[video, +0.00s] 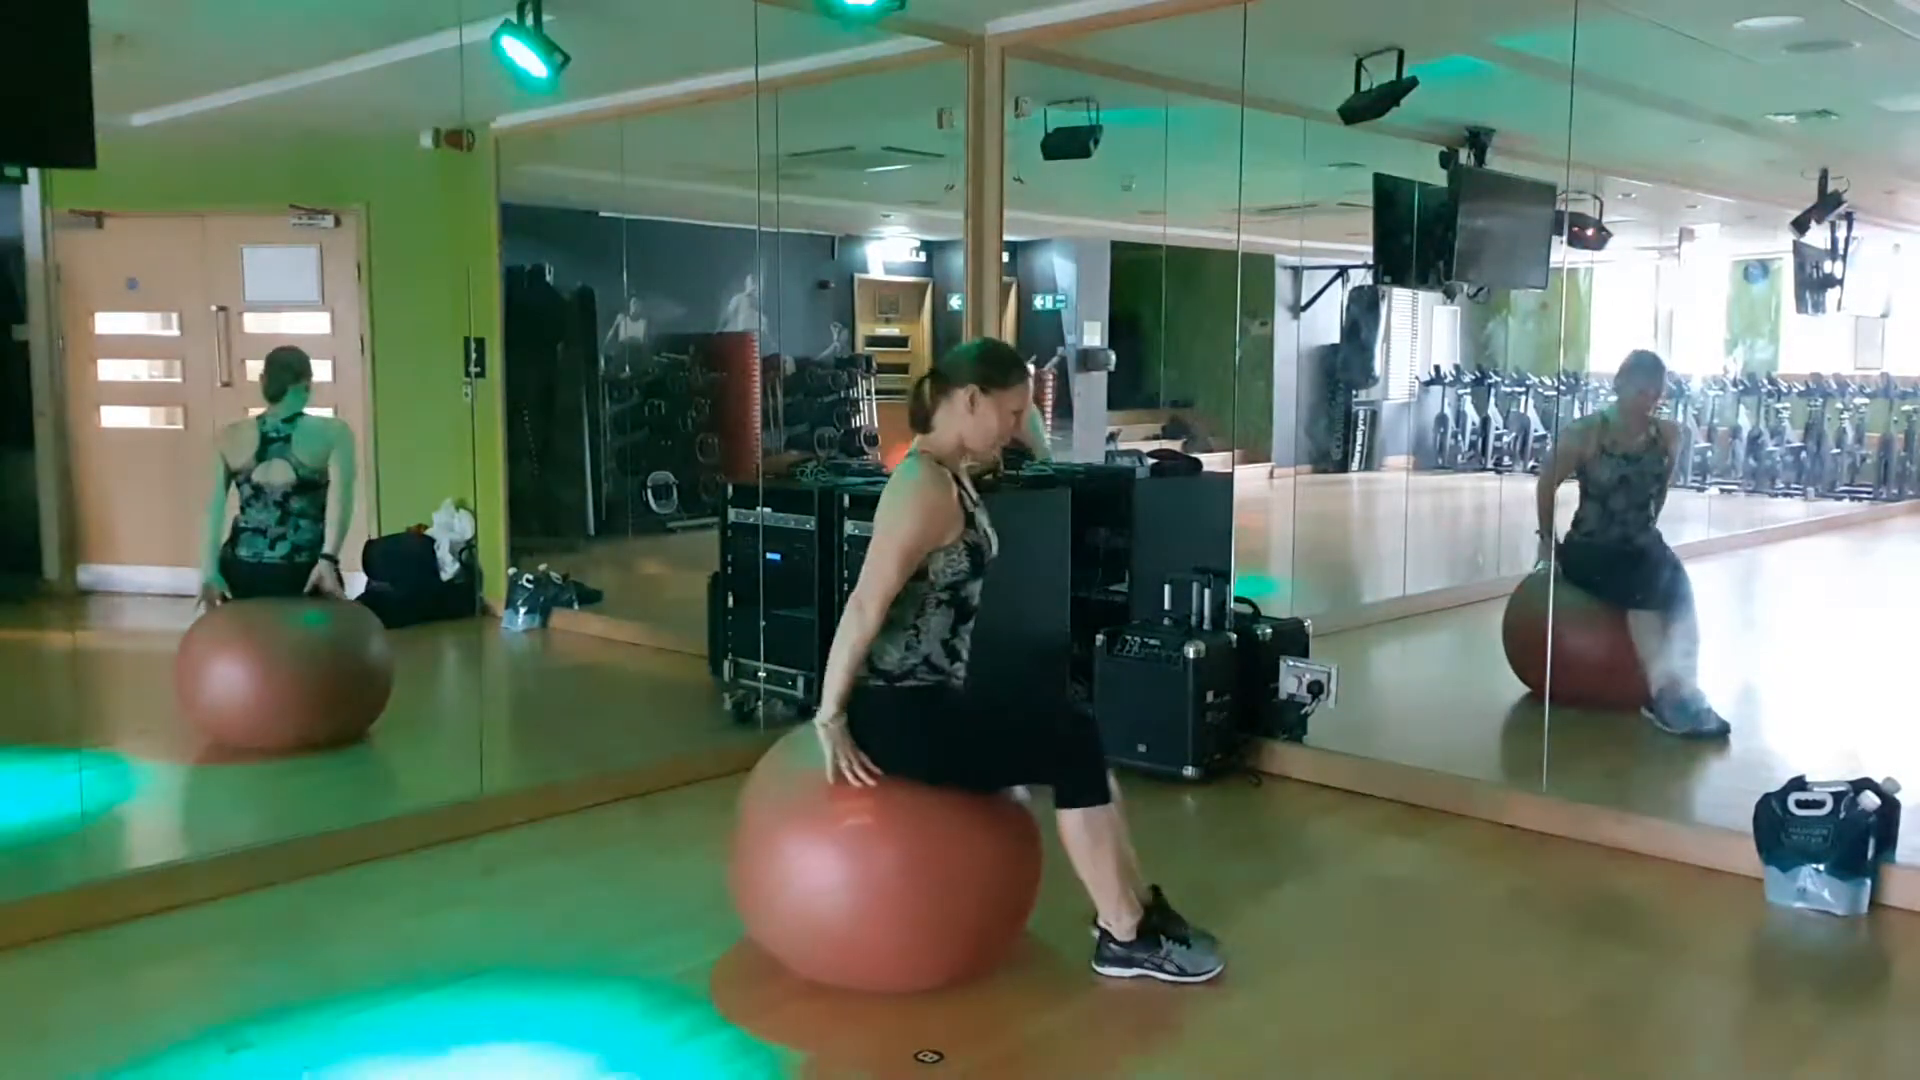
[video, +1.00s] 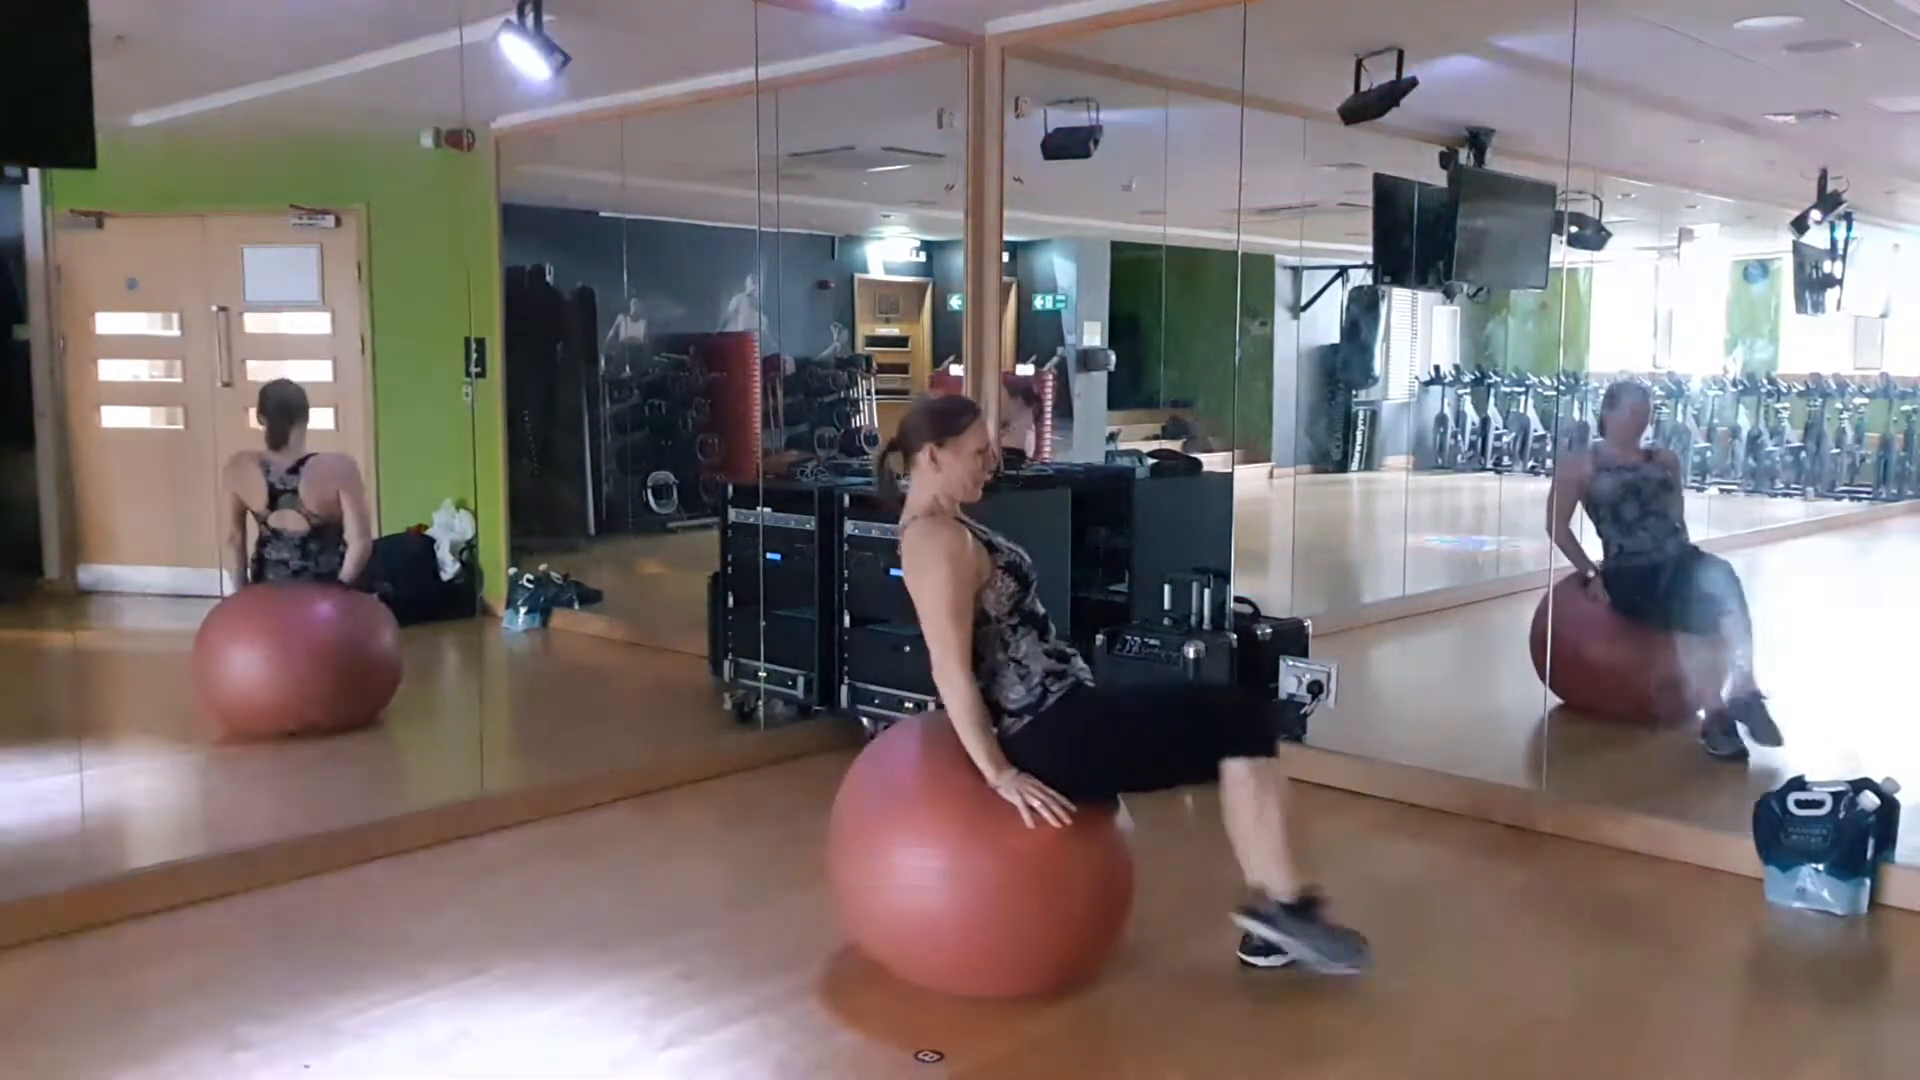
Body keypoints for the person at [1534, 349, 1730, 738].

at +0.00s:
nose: (1651, 401)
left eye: (1657, 393)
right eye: (1643, 391)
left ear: (1663, 394)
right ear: (1621, 387)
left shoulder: (1668, 435)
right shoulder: (1584, 435)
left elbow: (1659, 492)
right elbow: (1546, 483)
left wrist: (1643, 530)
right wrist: (1547, 542)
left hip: (1642, 544)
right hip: (1589, 545)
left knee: (1677, 584)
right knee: (1645, 582)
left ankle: (1686, 693)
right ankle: (1664, 693)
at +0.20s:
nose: (1646, 394)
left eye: (1653, 386)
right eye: (1638, 384)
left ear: (1660, 391)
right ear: (1618, 382)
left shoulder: (1668, 435)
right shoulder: (1587, 431)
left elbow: (1663, 493)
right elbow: (1544, 483)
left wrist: (1658, 536)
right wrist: (1556, 544)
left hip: (1652, 546)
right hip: (1599, 548)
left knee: (1687, 585)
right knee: (1653, 589)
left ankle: (1691, 691)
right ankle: (1674, 691)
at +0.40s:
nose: (1646, 396)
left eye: (1651, 388)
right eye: (1638, 387)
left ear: (1655, 391)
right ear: (1613, 387)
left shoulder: (1666, 435)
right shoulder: (1581, 437)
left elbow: (1667, 494)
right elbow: (1548, 494)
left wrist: (1664, 539)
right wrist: (1562, 550)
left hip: (1660, 547)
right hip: (1608, 552)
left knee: (1697, 595)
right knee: (1668, 602)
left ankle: (1683, 685)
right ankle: (1695, 695)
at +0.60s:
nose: (1638, 403)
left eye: (1645, 395)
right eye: (1629, 394)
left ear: (1652, 400)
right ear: (1609, 396)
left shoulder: (1662, 442)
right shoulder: (1582, 441)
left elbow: (1670, 504)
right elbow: (1552, 504)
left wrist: (1676, 549)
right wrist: (1572, 560)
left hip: (1668, 555)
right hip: (1616, 559)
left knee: (1713, 589)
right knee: (1686, 603)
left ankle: (1700, 699)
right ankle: (1706, 711)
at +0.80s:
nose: (1645, 411)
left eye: (1649, 403)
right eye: (1637, 403)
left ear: (1650, 407)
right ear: (1611, 405)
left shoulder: (1663, 452)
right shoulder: (1583, 452)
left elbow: (1671, 514)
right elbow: (1552, 513)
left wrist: (1680, 555)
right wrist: (1579, 563)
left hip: (1672, 562)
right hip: (1622, 568)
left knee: (1719, 576)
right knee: (1698, 600)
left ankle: (1712, 706)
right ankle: (1707, 714)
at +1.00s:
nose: (1644, 421)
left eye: (1647, 413)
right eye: (1635, 413)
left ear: (1649, 417)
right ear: (1609, 413)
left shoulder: (1665, 461)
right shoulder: (1581, 466)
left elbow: (1677, 522)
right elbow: (1557, 527)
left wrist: (1686, 559)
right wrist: (1588, 570)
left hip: (1679, 563)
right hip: (1630, 574)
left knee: (1723, 576)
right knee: (1712, 607)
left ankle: (1744, 689)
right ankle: (1715, 717)